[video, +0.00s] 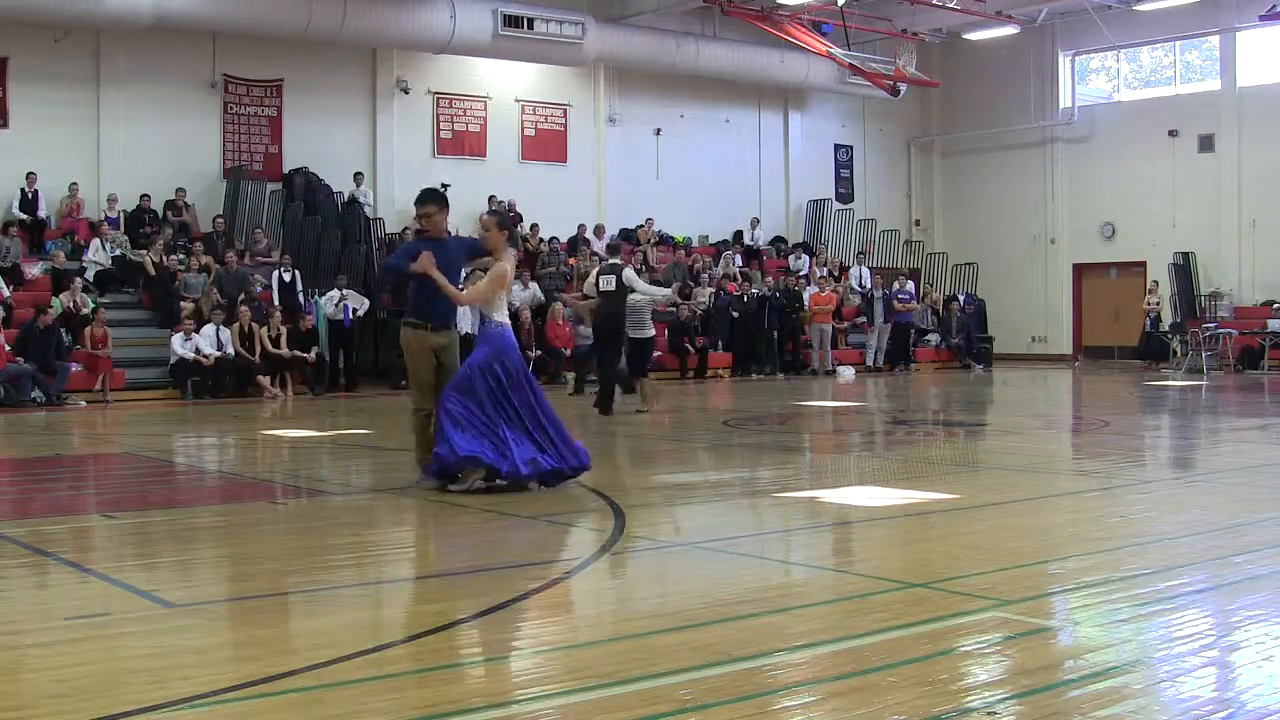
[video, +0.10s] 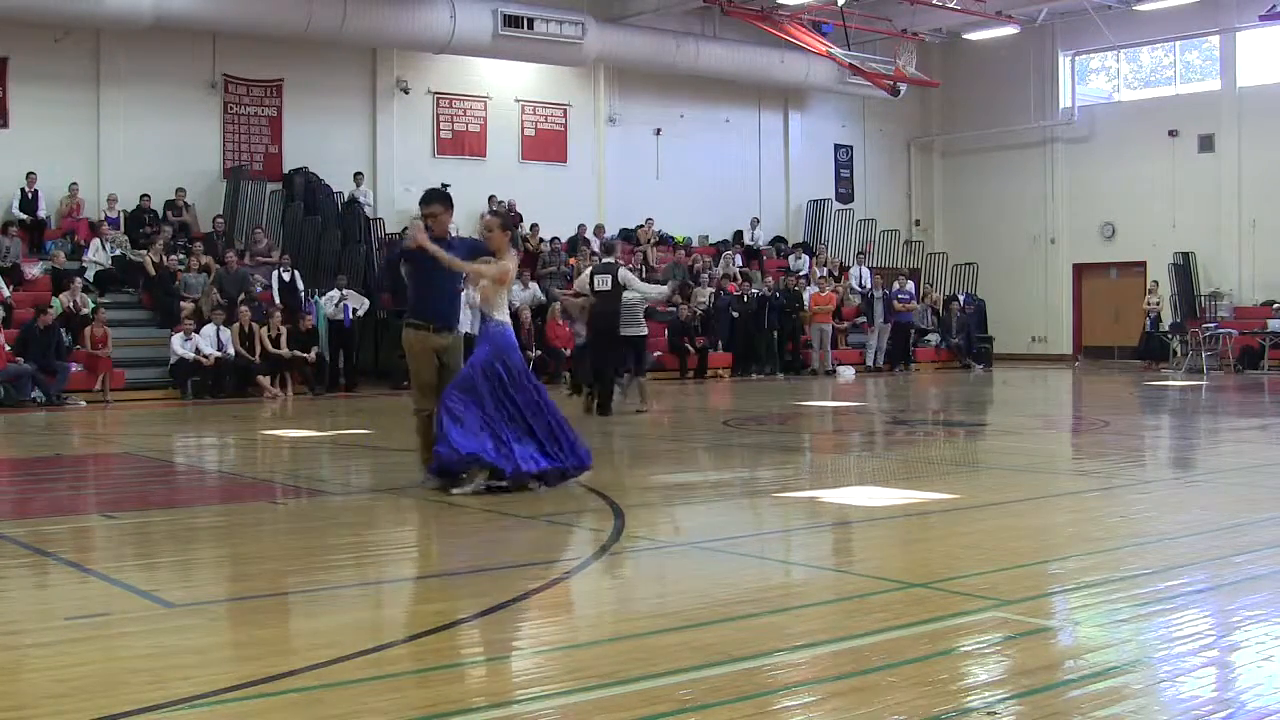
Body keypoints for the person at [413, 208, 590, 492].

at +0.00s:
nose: (481, 236)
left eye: (486, 230)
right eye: (481, 230)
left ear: (503, 234)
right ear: (501, 235)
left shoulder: (502, 268)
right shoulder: (504, 262)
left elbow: (464, 299)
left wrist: (432, 271)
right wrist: (477, 280)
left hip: (495, 343)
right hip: (499, 340)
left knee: (451, 397)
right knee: (495, 402)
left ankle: (474, 464)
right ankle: (510, 466)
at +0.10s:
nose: (483, 235)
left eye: (489, 230)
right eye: (483, 230)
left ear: (506, 234)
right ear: (498, 235)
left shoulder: (505, 266)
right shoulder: (498, 261)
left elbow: (462, 267)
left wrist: (427, 244)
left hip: (496, 339)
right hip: (495, 337)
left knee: (453, 397)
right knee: (498, 403)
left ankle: (478, 465)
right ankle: (509, 468)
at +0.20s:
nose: (486, 228)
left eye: (492, 224)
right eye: (487, 223)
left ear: (509, 227)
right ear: (501, 228)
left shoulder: (502, 258)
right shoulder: (505, 253)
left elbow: (461, 244)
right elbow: (463, 246)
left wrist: (424, 222)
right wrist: (424, 224)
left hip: (492, 329)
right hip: (495, 327)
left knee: (463, 392)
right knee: (498, 395)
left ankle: (483, 466)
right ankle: (513, 460)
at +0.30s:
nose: (487, 220)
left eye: (493, 216)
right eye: (488, 216)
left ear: (510, 221)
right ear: (494, 221)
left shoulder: (502, 252)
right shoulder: (502, 249)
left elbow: (463, 237)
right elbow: (465, 245)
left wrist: (417, 208)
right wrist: (438, 227)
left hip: (490, 323)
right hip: (493, 321)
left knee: (475, 390)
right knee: (498, 391)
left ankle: (481, 464)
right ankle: (513, 460)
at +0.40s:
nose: (487, 217)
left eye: (493, 213)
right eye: (488, 212)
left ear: (509, 219)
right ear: (498, 218)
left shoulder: (502, 251)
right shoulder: (501, 247)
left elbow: (460, 231)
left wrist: (421, 203)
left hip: (491, 324)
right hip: (492, 322)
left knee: (477, 390)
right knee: (497, 392)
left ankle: (477, 462)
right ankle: (513, 459)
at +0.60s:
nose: (480, 218)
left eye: (487, 214)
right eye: (481, 214)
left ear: (503, 221)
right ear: (488, 221)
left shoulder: (494, 252)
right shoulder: (491, 251)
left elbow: (457, 241)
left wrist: (426, 205)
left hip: (488, 324)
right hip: (489, 322)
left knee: (476, 389)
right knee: (491, 390)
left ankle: (478, 462)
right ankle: (506, 462)